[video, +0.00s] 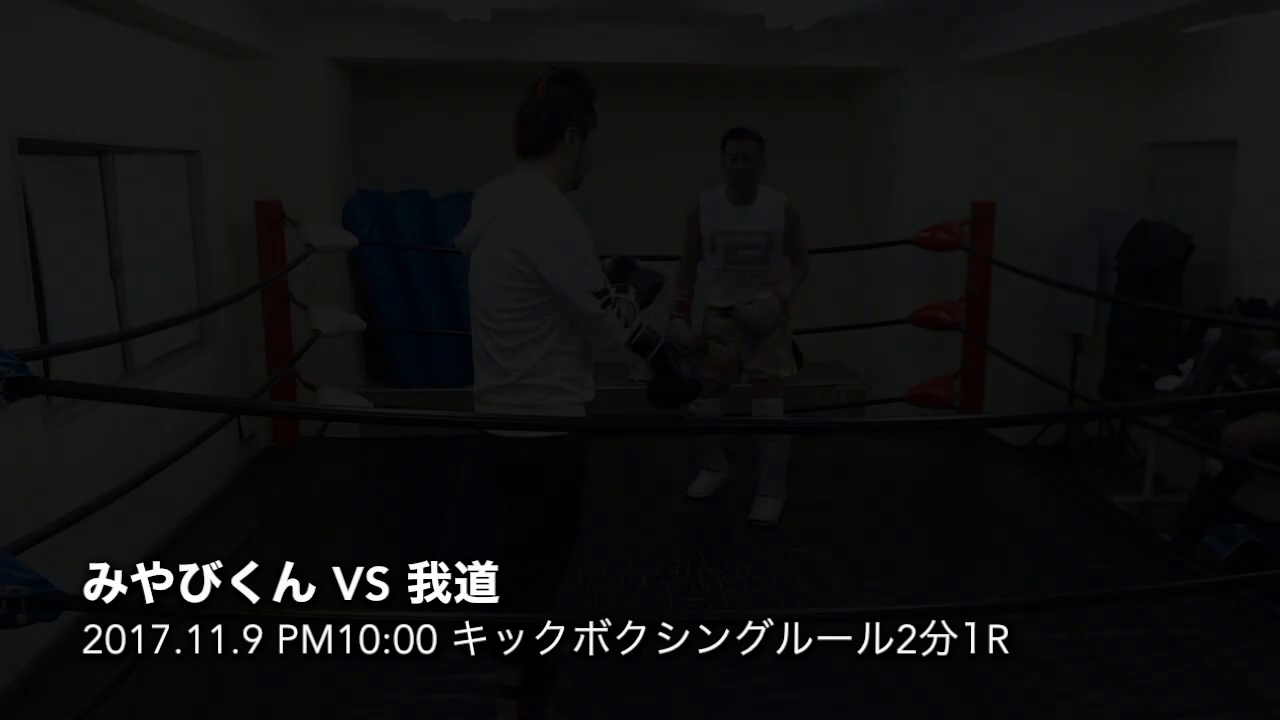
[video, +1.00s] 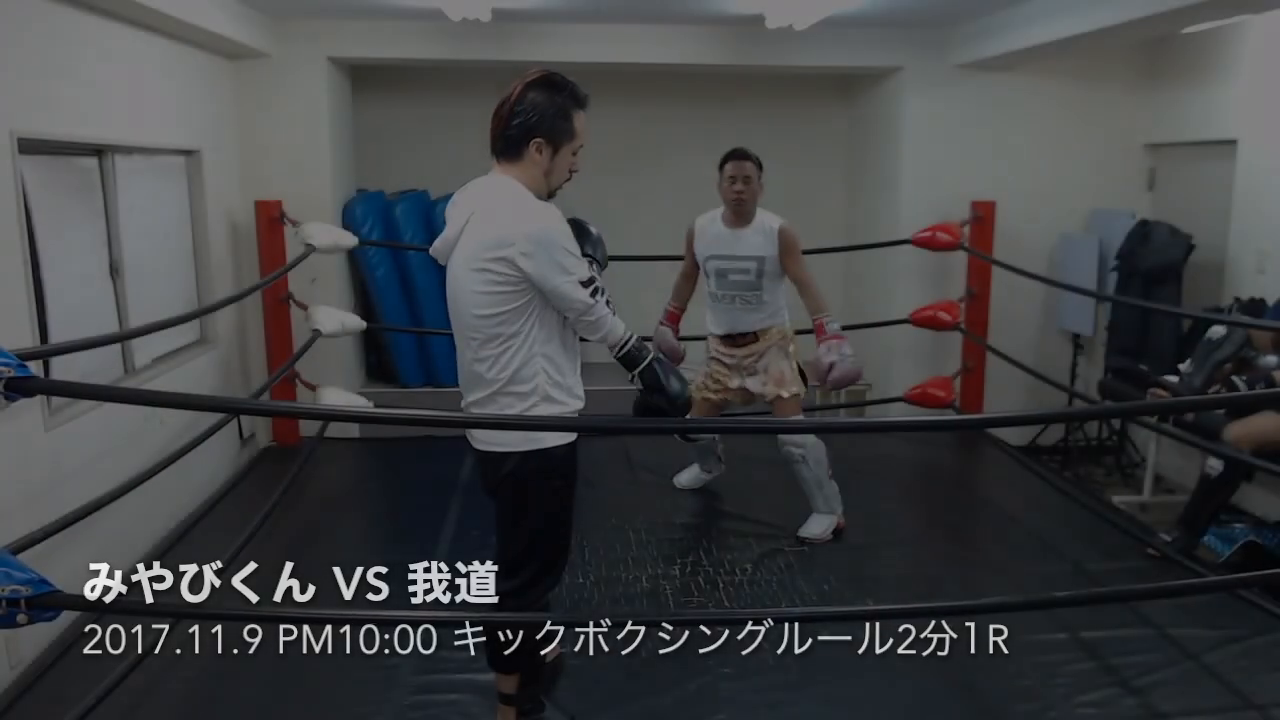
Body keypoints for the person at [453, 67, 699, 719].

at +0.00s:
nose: (591, 152)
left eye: (589, 137)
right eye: (589, 138)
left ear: (532, 132)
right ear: (573, 137)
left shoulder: (496, 201)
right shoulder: (547, 213)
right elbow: (595, 311)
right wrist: (657, 351)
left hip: (502, 411)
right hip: (547, 417)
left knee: (522, 559)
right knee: (543, 563)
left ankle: (520, 688)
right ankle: (527, 693)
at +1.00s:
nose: (578, 164)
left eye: (580, 150)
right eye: (574, 150)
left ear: (527, 143)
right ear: (540, 147)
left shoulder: (471, 200)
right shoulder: (535, 221)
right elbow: (586, 309)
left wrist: (567, 250)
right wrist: (644, 365)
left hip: (492, 420)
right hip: (535, 429)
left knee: (520, 556)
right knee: (534, 567)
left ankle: (521, 664)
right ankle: (513, 702)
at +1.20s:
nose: (569, 165)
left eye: (571, 152)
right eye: (566, 151)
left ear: (508, 141)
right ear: (533, 147)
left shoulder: (466, 199)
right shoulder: (532, 219)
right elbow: (583, 316)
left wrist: (564, 260)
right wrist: (651, 333)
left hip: (489, 419)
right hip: (530, 427)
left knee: (521, 556)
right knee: (527, 570)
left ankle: (524, 662)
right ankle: (513, 704)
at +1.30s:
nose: (565, 163)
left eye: (567, 150)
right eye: (562, 149)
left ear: (503, 140)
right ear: (530, 145)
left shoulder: (464, 199)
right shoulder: (530, 217)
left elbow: (578, 269)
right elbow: (582, 315)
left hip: (488, 421)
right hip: (527, 429)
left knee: (522, 557)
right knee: (523, 573)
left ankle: (524, 660)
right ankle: (512, 705)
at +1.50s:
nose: (560, 160)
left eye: (562, 147)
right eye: (556, 146)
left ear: (497, 141)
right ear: (524, 146)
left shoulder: (463, 199)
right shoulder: (525, 220)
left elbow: (572, 265)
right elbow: (585, 312)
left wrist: (650, 311)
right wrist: (616, 332)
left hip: (484, 418)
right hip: (520, 427)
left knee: (517, 557)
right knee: (519, 575)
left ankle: (521, 656)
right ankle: (512, 706)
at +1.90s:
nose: (543, 159)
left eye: (545, 147)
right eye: (539, 146)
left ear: (485, 142)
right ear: (507, 145)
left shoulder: (448, 195)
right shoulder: (508, 217)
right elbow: (550, 320)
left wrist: (638, 311)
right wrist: (570, 269)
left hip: (463, 405)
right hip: (502, 414)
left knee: (494, 540)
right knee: (514, 560)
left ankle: (487, 657)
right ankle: (514, 701)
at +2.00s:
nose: (541, 162)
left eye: (544, 149)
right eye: (537, 148)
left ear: (485, 142)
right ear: (505, 144)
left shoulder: (445, 195)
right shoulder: (502, 213)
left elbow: (423, 248)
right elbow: (550, 311)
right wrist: (565, 264)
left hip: (453, 405)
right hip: (492, 412)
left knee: (487, 537)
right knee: (512, 555)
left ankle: (487, 654)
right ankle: (512, 703)